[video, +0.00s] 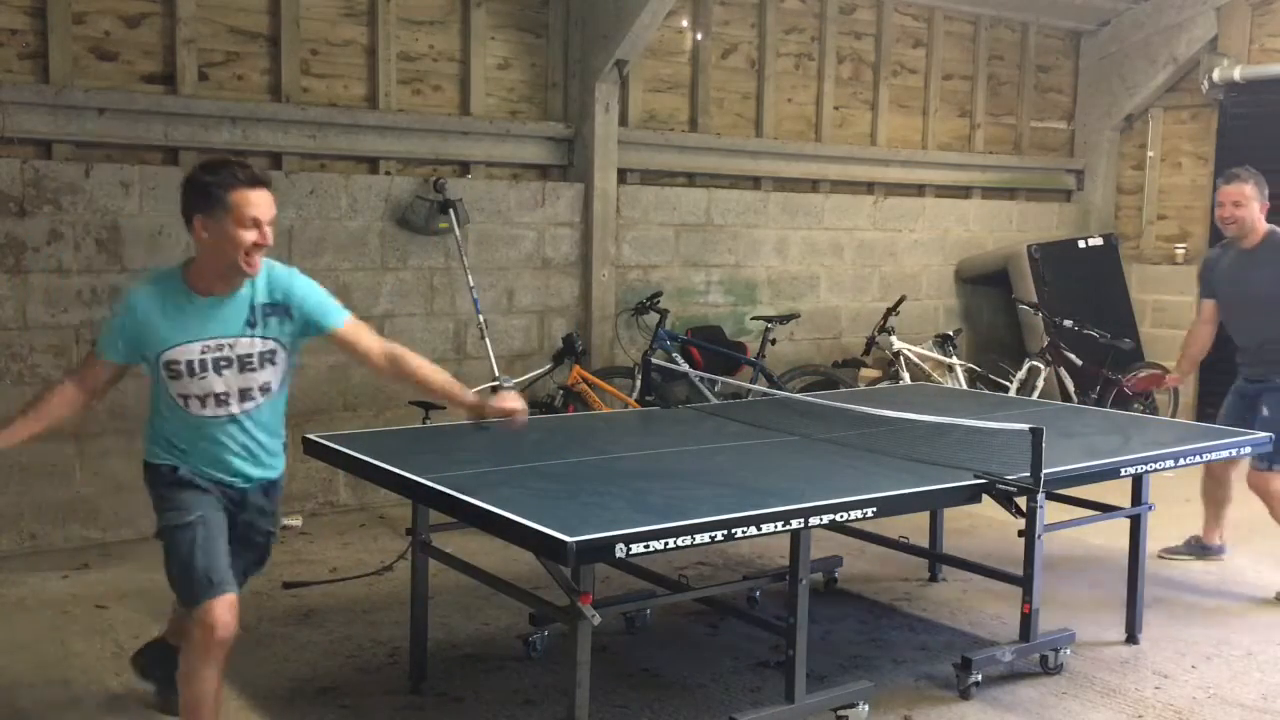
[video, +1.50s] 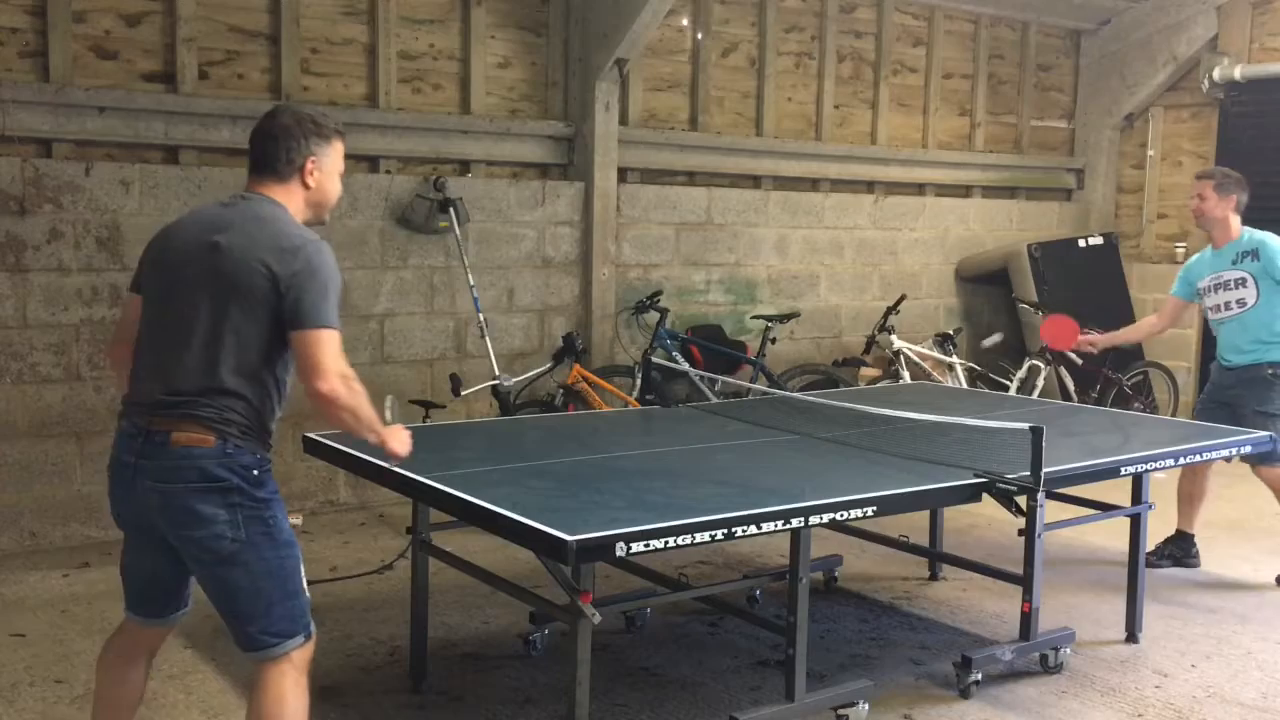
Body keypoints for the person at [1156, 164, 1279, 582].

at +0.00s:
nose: (1226, 213)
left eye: (1236, 204)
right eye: (1220, 205)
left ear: (1262, 207)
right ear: (1215, 209)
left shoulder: (1276, 247)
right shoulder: (1216, 262)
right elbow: (1205, 324)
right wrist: (1179, 372)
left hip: (1278, 381)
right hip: (1248, 379)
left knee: (1263, 476)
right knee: (1218, 459)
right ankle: (1210, 538)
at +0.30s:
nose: (1207, 191)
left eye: (1217, 183)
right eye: (1202, 183)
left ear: (1241, 189)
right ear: (1198, 189)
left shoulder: (1268, 240)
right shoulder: (1187, 247)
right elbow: (1175, 304)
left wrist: (1277, 360)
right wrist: (1162, 355)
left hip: (1252, 368)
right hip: (1205, 367)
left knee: (1250, 462)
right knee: (1191, 455)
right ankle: (1208, 537)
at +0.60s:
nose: (1188, 192)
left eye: (1198, 184)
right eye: (1184, 184)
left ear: (1225, 188)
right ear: (1182, 190)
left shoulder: (1261, 239)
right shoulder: (1176, 246)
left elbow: (1279, 298)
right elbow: (1161, 306)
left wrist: (1271, 350)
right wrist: (1136, 357)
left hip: (1241, 367)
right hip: (1193, 367)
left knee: (1228, 460)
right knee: (1189, 456)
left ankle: (1244, 561)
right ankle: (1207, 538)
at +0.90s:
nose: (1174, 200)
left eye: (1179, 190)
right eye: (1173, 191)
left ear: (1204, 188)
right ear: (1194, 191)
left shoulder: (1240, 235)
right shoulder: (1202, 237)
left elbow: (1270, 305)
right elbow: (1192, 308)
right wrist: (1172, 365)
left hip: (1226, 364)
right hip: (1194, 361)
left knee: (1217, 462)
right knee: (1162, 448)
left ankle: (1244, 563)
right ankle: (1188, 524)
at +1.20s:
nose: (1249, 195)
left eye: (1258, 188)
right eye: (1252, 188)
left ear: (1278, 198)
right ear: (1269, 199)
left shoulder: (1276, 253)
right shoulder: (1273, 254)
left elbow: (1243, 305)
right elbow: (1244, 307)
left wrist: (1208, 284)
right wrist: (1206, 283)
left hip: (1273, 374)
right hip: (1268, 372)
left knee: (1235, 448)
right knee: (1233, 448)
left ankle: (1195, 531)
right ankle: (1195, 531)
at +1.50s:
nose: (1193, 206)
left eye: (1201, 198)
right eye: (1193, 198)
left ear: (1231, 202)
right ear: (1209, 206)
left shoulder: (1266, 248)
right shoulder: (1196, 267)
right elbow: (1162, 320)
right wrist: (1104, 340)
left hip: (1267, 375)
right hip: (1224, 376)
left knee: (1267, 464)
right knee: (1196, 454)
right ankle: (1183, 540)